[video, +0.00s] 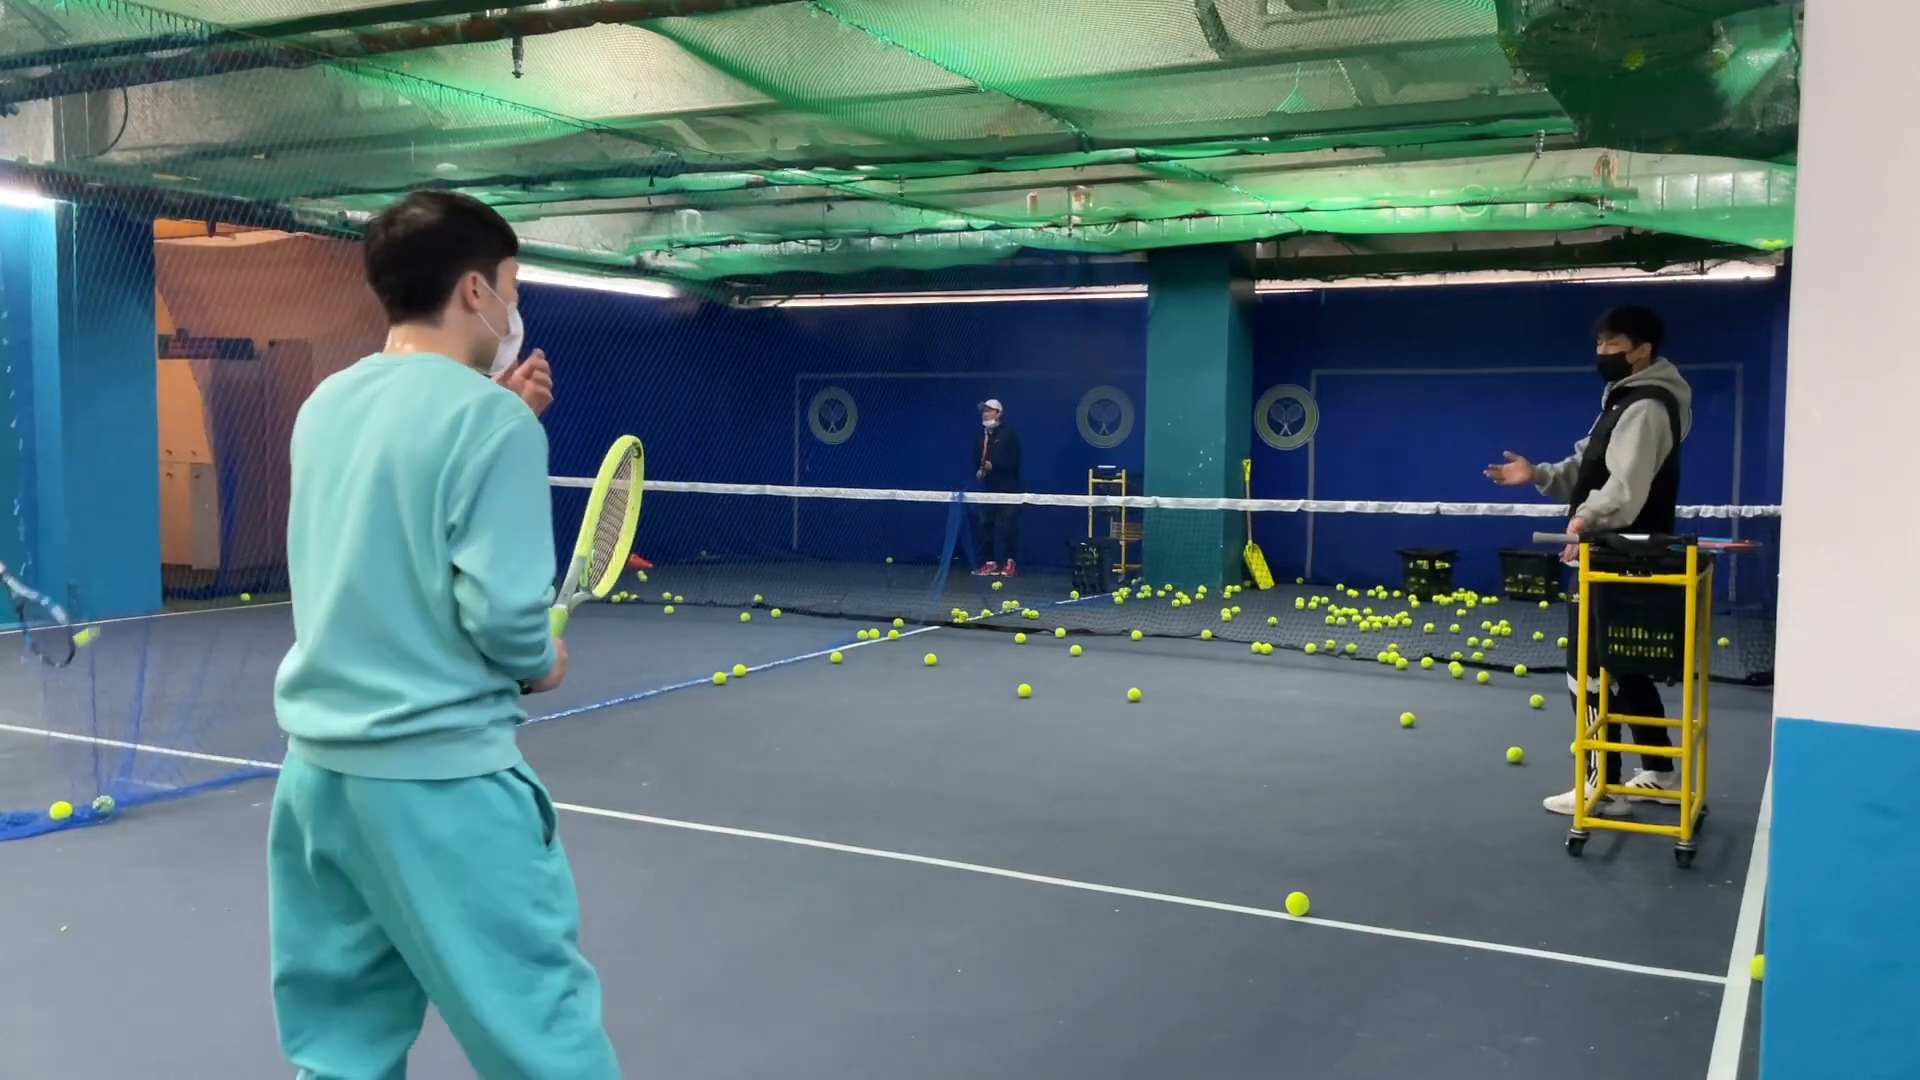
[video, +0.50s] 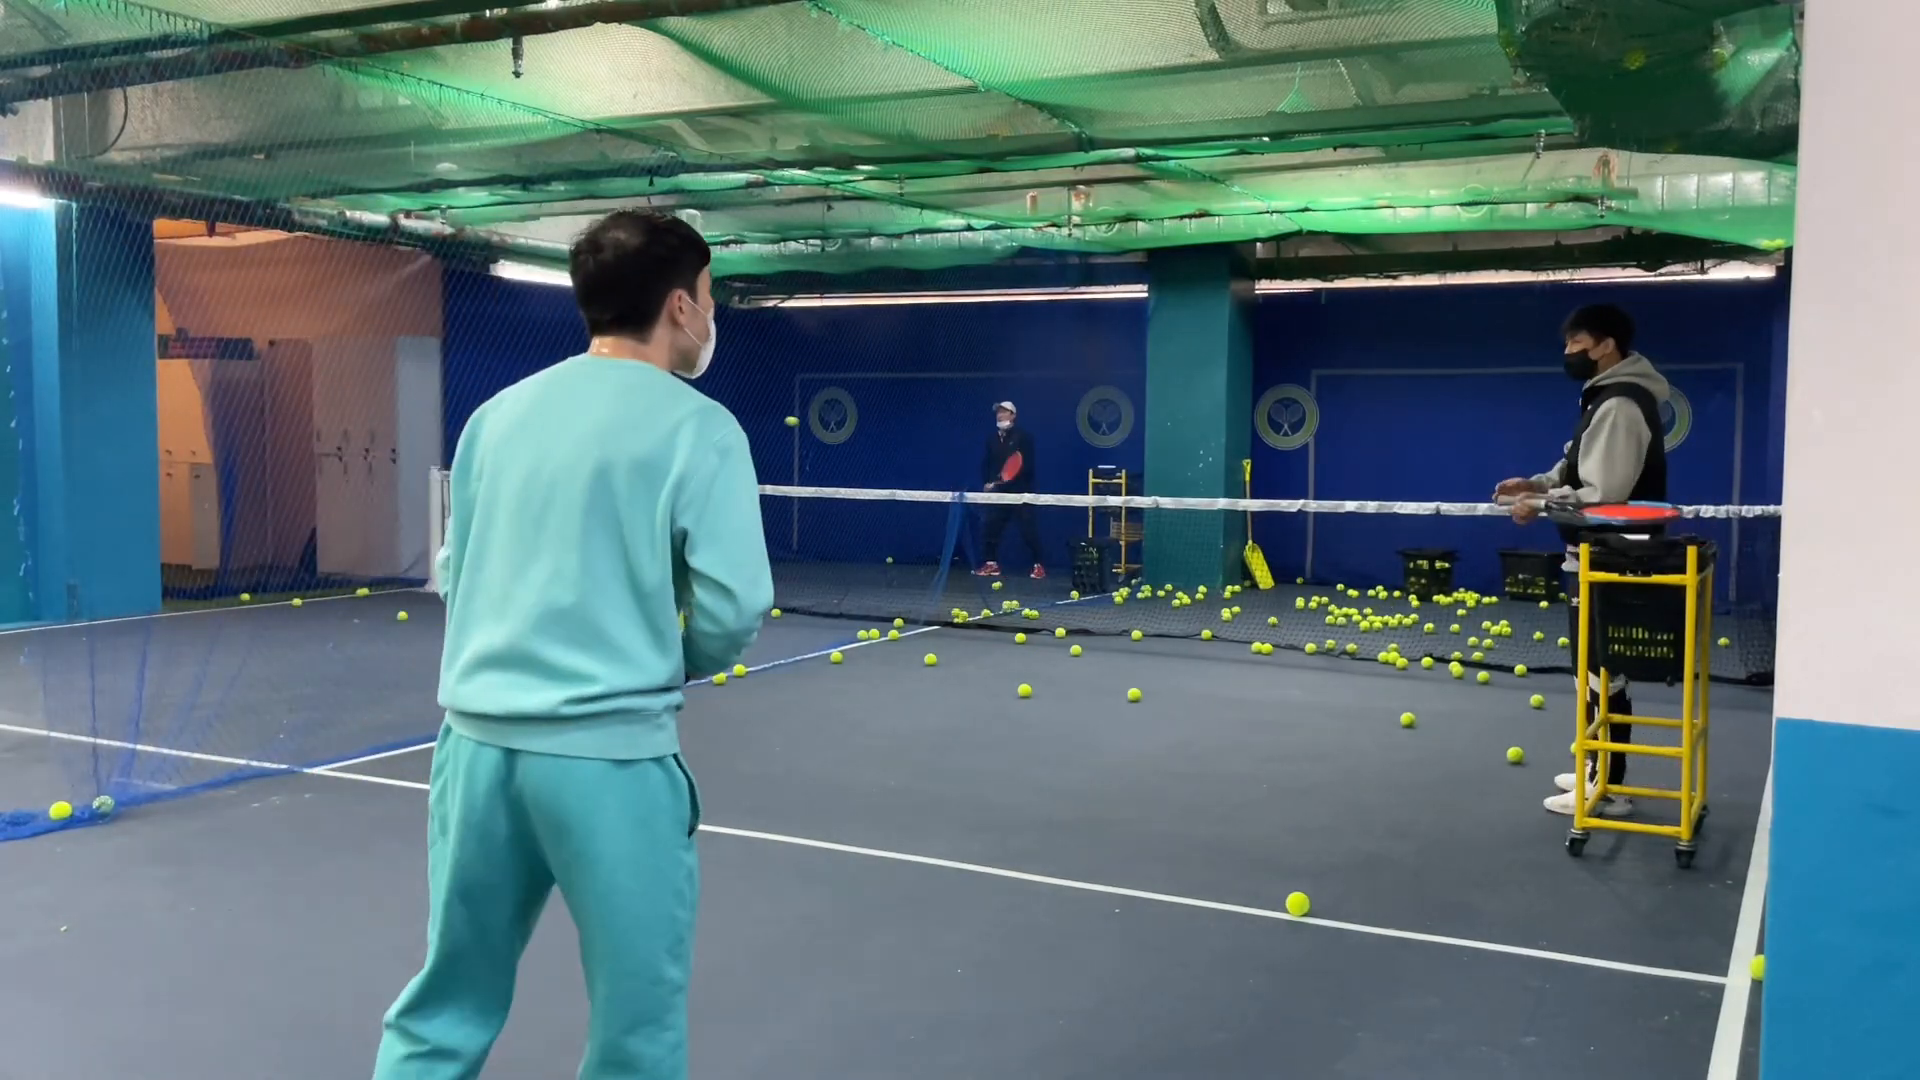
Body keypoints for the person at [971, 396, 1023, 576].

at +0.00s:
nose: (985, 414)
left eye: (989, 410)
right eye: (984, 410)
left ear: (998, 413)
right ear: (982, 413)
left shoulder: (1008, 434)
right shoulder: (981, 435)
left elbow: (1013, 462)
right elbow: (977, 458)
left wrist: (993, 465)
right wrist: (979, 470)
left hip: (1008, 486)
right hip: (989, 485)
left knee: (1007, 524)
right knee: (987, 523)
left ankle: (1009, 561)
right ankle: (991, 561)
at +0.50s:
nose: (1000, 416)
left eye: (1004, 412)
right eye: (998, 413)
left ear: (1013, 415)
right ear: (995, 416)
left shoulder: (1023, 437)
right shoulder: (992, 439)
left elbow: (1027, 465)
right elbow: (986, 463)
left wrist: (1006, 480)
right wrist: (987, 481)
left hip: (1020, 488)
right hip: (998, 489)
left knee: (1028, 527)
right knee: (992, 525)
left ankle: (1037, 564)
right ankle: (991, 563)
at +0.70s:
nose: (1011, 429)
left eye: (1015, 426)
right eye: (1009, 425)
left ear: (1023, 428)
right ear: (1006, 428)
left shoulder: (1033, 447)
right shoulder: (1002, 448)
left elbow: (1041, 472)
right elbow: (996, 473)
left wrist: (1033, 489)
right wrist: (996, 494)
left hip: (1031, 494)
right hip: (1008, 494)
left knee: (1036, 528)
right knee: (995, 523)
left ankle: (1039, 565)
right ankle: (992, 563)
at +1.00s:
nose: (1034, 443)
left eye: (1037, 440)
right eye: (1031, 440)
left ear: (1042, 442)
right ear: (1025, 440)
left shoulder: (1048, 460)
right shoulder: (1015, 458)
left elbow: (1054, 486)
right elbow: (1001, 482)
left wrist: (1046, 490)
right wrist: (990, 501)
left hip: (1039, 503)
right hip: (1014, 501)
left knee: (1046, 526)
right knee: (997, 522)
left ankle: (1034, 566)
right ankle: (992, 563)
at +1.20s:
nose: (1043, 437)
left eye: (1047, 434)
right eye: (1040, 433)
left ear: (1050, 437)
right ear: (1034, 433)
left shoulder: (1054, 456)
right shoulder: (1023, 452)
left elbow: (1057, 480)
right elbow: (1003, 472)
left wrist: (1043, 470)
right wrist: (995, 494)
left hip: (1043, 499)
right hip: (1018, 496)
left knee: (1045, 532)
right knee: (1005, 530)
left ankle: (1033, 566)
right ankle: (992, 563)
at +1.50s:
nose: (1036, 421)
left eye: (1040, 417)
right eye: (1034, 417)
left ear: (1046, 421)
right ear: (1029, 419)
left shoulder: (1052, 441)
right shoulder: (1019, 440)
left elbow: (1062, 471)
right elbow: (1005, 468)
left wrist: (1055, 461)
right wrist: (1000, 494)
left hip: (1042, 491)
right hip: (1018, 490)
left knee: (1041, 529)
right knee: (1017, 528)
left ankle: (1033, 565)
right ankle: (1016, 563)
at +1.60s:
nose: (1031, 418)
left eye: (1035, 415)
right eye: (1029, 414)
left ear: (1042, 418)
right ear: (1025, 417)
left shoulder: (1049, 439)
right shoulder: (1016, 439)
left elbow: (1063, 467)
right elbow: (1003, 466)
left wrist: (1072, 461)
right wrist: (996, 491)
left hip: (1041, 491)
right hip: (1017, 490)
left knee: (1041, 529)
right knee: (1017, 528)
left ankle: (1034, 565)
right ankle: (1019, 565)